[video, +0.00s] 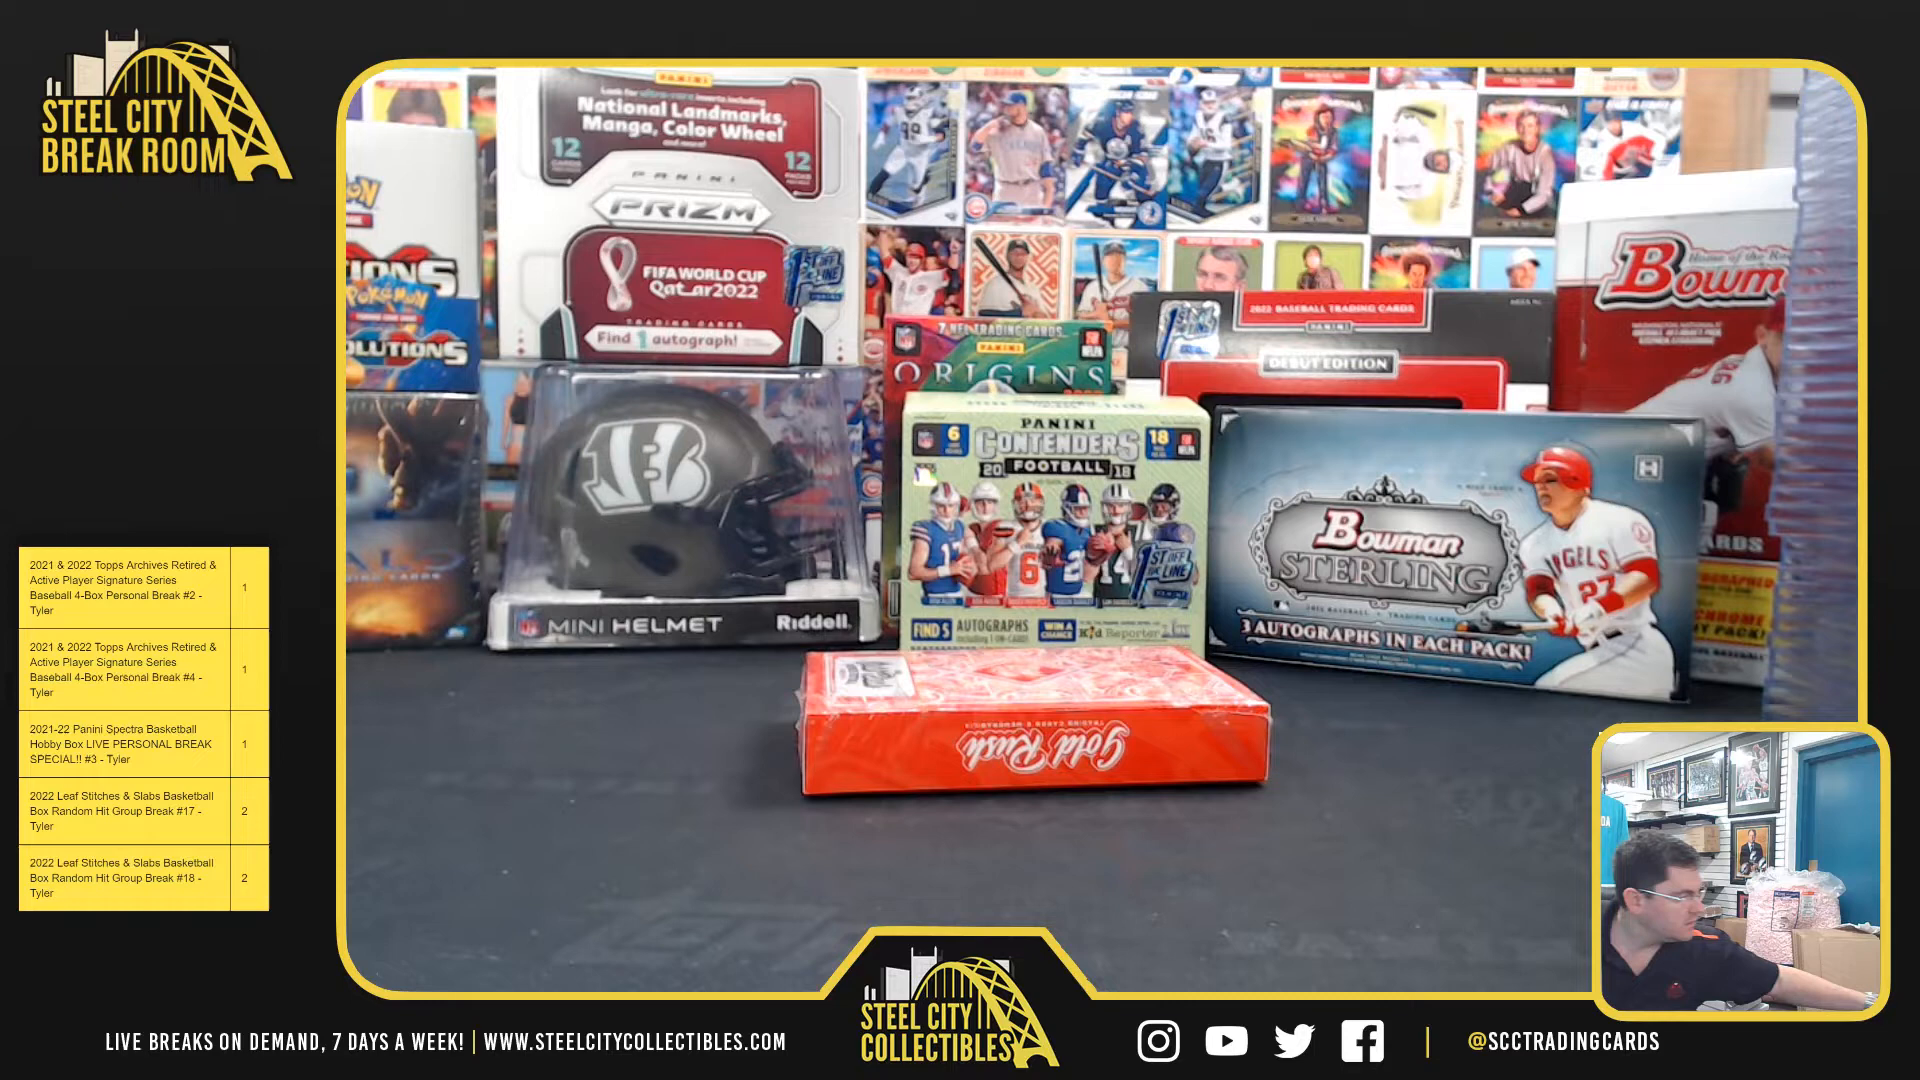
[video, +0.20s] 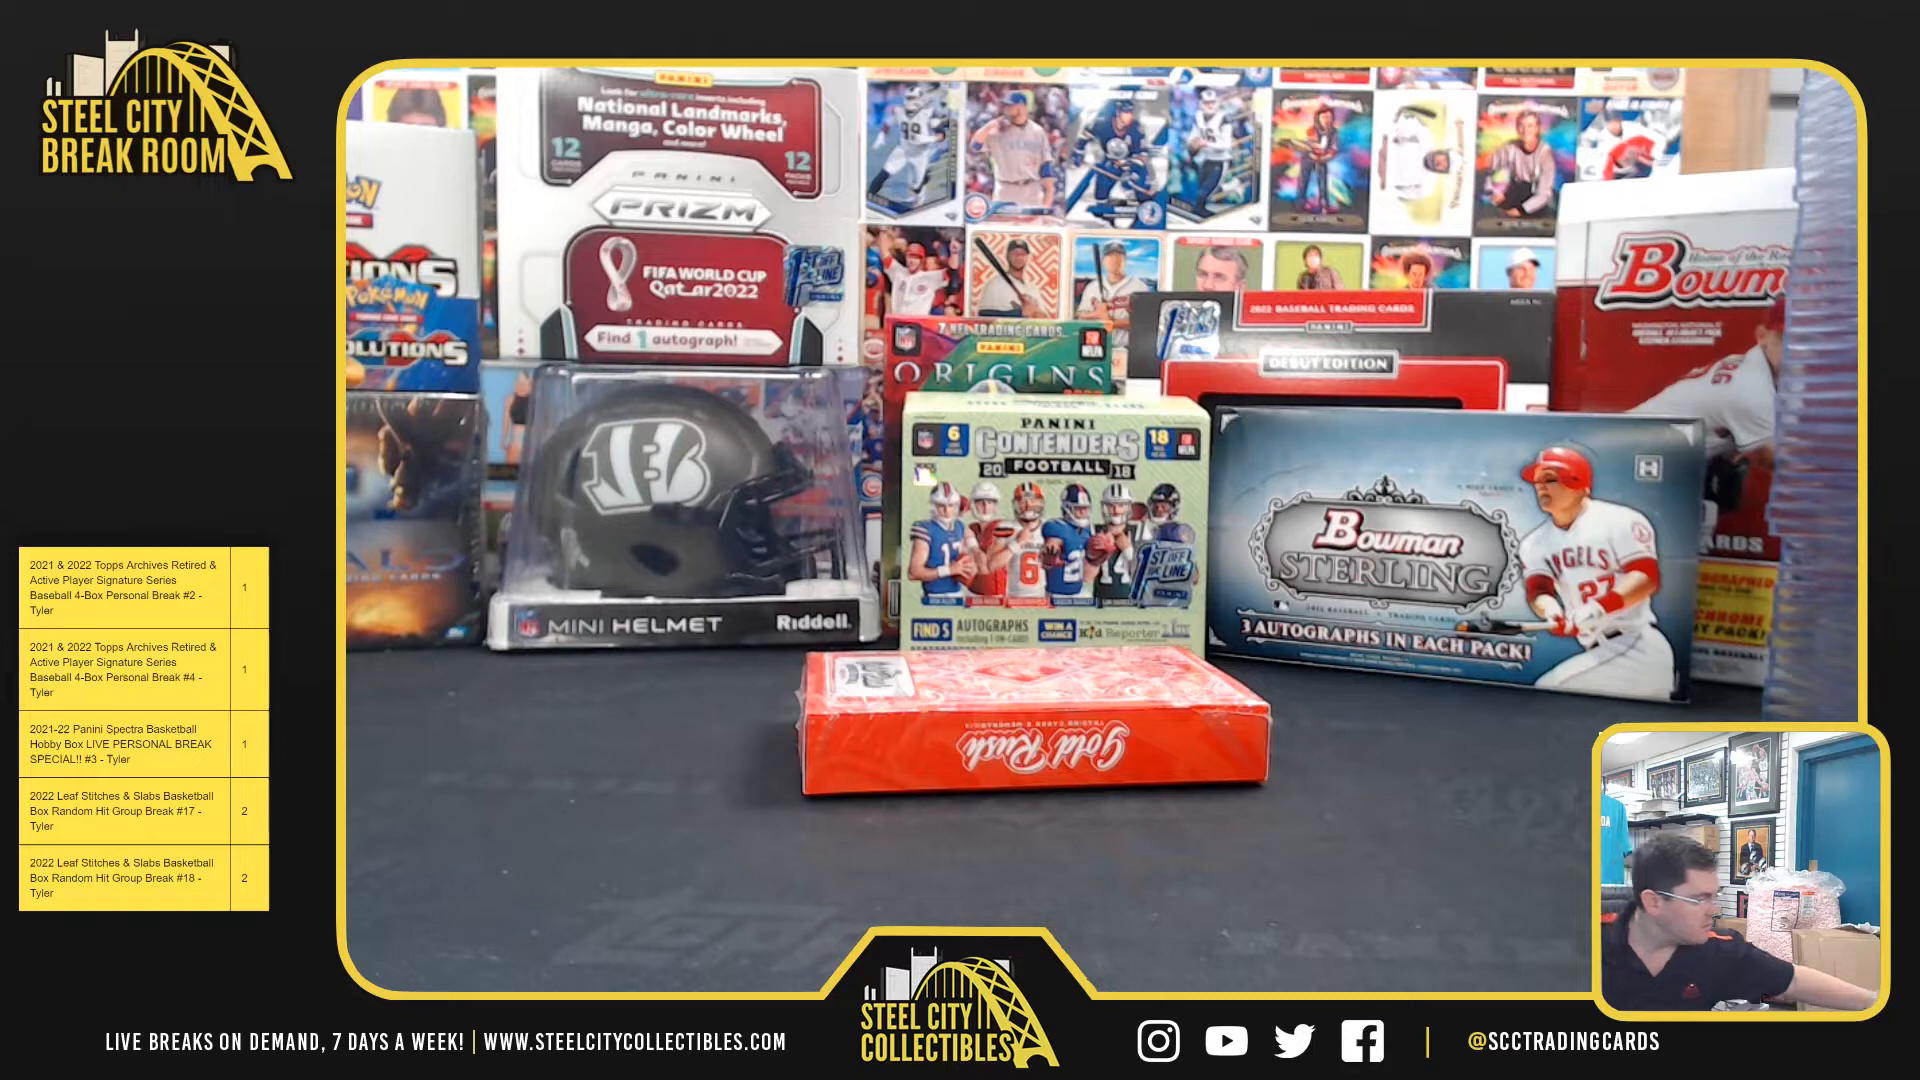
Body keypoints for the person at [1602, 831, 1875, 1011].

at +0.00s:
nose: (1699, 908)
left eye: (1699, 894)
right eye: (1682, 896)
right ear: (1634, 901)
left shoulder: (1706, 954)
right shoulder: (1578, 938)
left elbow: (1781, 983)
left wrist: (1869, 1003)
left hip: (1657, 1062)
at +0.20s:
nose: (1714, 910)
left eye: (1714, 896)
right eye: (1700, 899)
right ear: (1652, 902)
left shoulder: (1725, 956)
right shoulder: (1593, 942)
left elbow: (1794, 983)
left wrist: (1875, 1002)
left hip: (1681, 1063)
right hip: (1599, 1059)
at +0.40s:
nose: (1742, 909)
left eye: (1742, 896)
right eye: (1727, 898)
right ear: (1681, 899)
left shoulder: (1748, 946)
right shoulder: (1606, 941)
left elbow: (1818, 972)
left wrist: (1886, 990)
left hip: (1707, 1058)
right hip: (1619, 1054)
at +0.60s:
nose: (1768, 899)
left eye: (1768, 886)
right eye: (1755, 888)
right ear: (1710, 889)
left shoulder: (1775, 936)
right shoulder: (1631, 945)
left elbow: (1853, 963)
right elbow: (1598, 1013)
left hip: (1748, 1062)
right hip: (1654, 1061)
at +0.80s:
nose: (1798, 901)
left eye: (1798, 889)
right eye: (1785, 890)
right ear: (1740, 889)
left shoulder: (1802, 938)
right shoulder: (1666, 943)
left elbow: (1879, 977)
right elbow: (1611, 1008)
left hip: (1769, 1060)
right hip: (1682, 1061)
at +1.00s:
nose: (1839, 915)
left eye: (1841, 902)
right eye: (1828, 902)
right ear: (1781, 896)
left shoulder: (1834, 946)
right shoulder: (1695, 943)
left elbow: (1892, 981)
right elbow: (1643, 995)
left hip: (1792, 1061)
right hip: (1708, 1062)